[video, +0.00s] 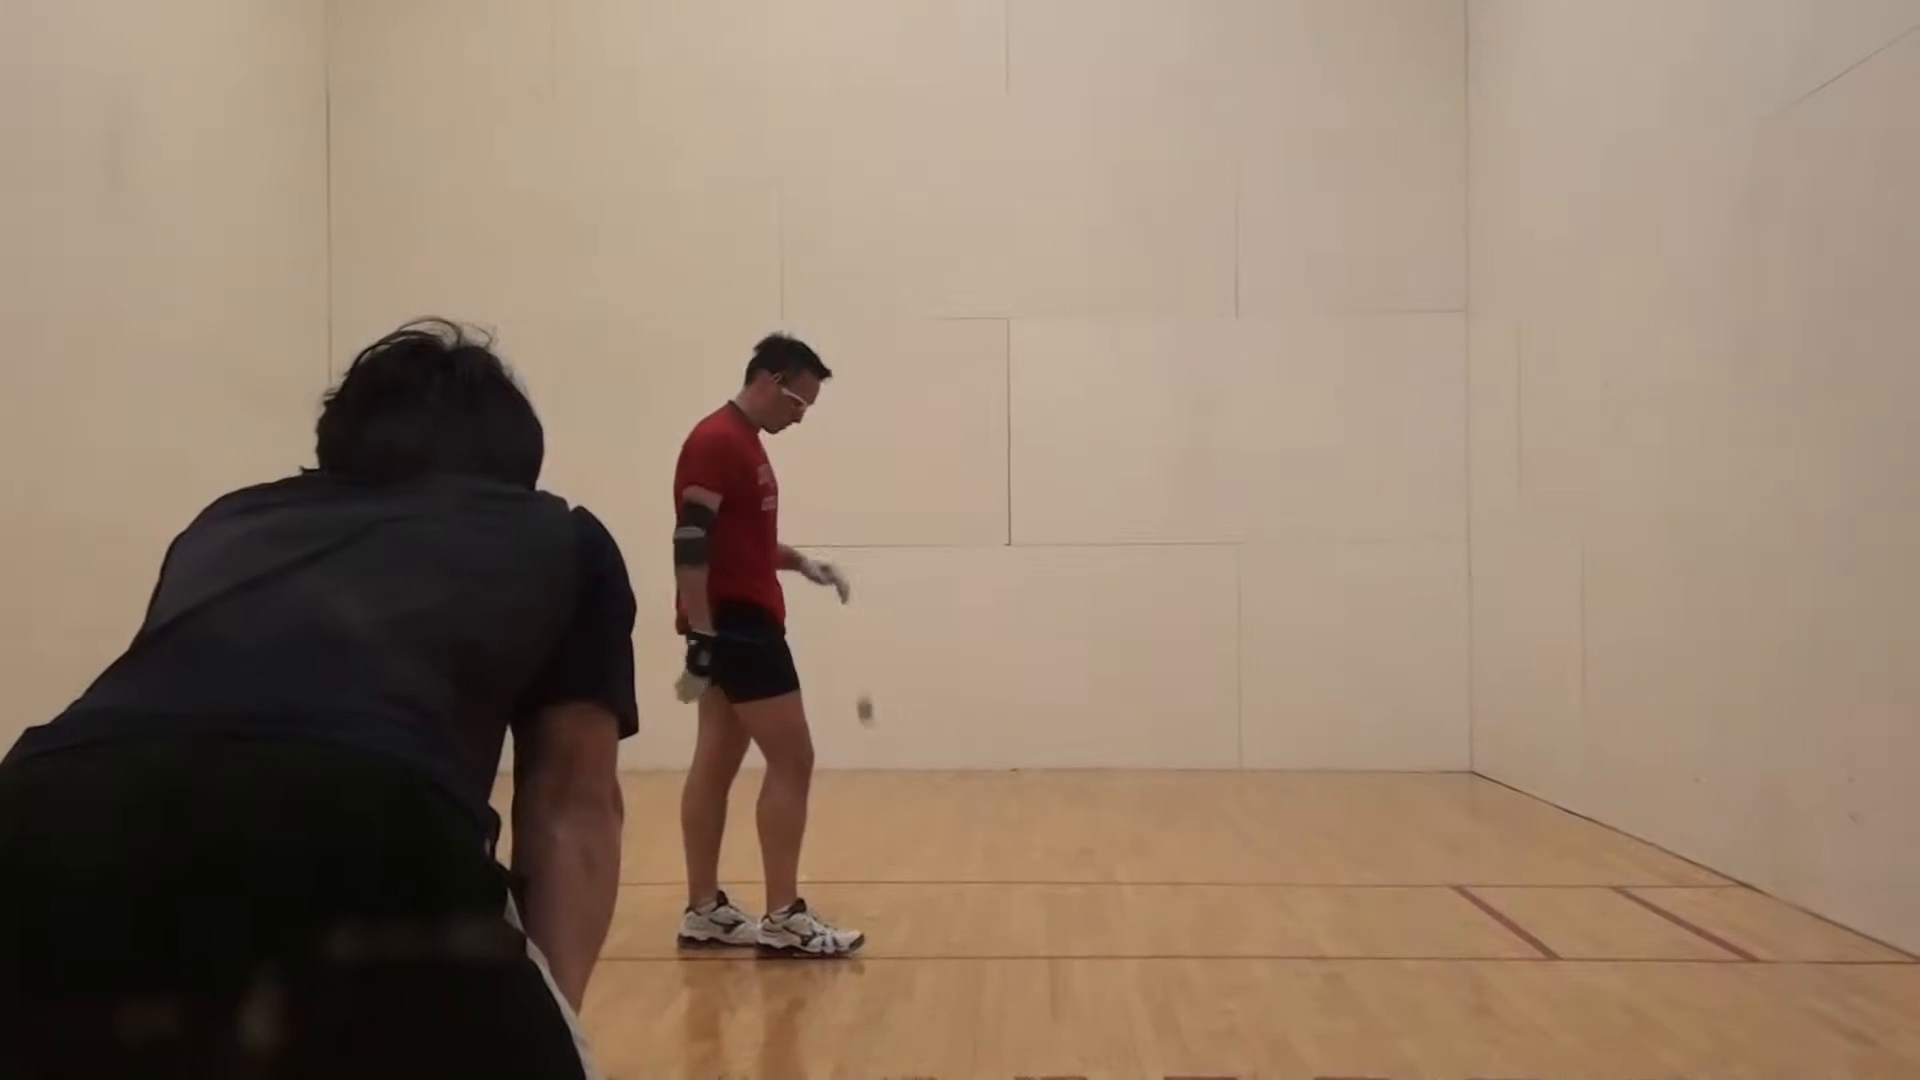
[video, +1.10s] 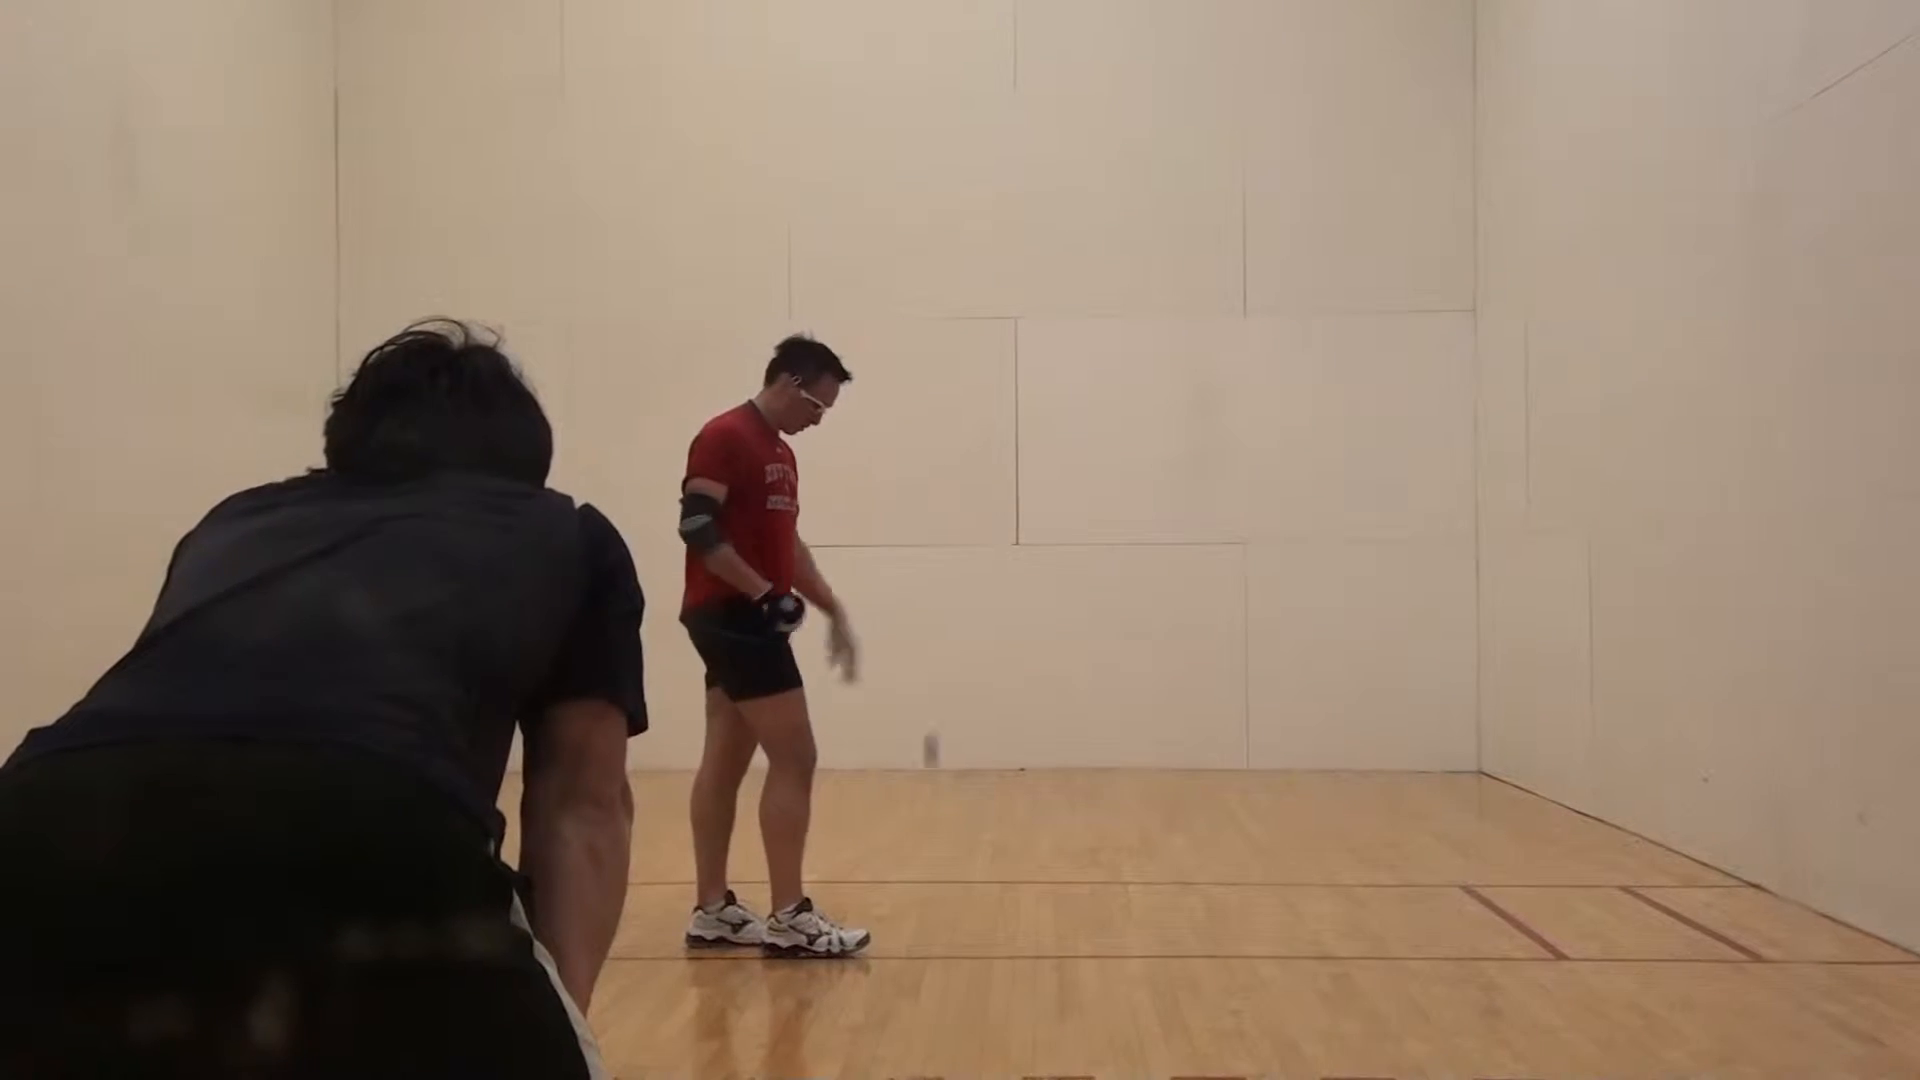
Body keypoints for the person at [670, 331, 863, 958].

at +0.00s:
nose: (801, 413)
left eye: (806, 403)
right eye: (798, 399)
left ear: (772, 388)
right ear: (765, 380)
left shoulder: (744, 442)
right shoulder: (718, 441)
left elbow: (745, 541)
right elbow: (691, 544)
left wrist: (801, 561)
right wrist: (701, 637)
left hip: (733, 623)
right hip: (743, 628)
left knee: (714, 764)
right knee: (791, 759)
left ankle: (704, 908)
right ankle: (784, 914)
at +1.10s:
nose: (819, 417)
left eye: (824, 407)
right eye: (818, 404)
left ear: (796, 391)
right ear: (786, 384)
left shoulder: (778, 450)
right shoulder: (726, 435)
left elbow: (784, 540)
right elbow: (698, 529)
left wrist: (832, 608)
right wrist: (763, 592)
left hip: (747, 616)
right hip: (734, 618)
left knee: (723, 763)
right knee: (793, 757)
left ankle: (712, 908)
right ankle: (789, 914)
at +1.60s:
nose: (833, 419)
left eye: (838, 410)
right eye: (832, 406)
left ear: (802, 389)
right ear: (801, 385)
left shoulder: (758, 435)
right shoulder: (760, 443)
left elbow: (769, 541)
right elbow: (769, 546)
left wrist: (850, 516)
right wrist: (852, 516)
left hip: (725, 617)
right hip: (747, 621)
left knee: (725, 758)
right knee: (795, 758)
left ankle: (715, 907)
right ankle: (792, 914)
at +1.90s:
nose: (840, 420)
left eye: (847, 410)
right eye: (839, 405)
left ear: (810, 388)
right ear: (810, 386)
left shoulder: (769, 437)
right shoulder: (764, 447)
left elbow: (777, 548)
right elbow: (770, 560)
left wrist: (803, 600)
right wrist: (807, 625)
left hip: (732, 614)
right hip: (747, 618)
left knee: (726, 761)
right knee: (797, 762)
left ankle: (716, 908)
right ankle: (793, 915)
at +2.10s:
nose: (844, 419)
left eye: (851, 408)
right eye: (843, 404)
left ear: (816, 389)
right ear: (813, 385)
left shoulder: (782, 440)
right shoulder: (755, 443)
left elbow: (775, 532)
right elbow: (721, 552)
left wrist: (829, 554)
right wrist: (724, 646)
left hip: (745, 622)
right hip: (758, 628)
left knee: (726, 766)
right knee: (796, 762)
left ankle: (716, 908)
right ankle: (793, 915)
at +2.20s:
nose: (841, 419)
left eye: (848, 408)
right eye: (840, 404)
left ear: (813, 389)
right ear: (810, 384)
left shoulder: (784, 441)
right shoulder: (749, 438)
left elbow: (779, 531)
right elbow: (707, 537)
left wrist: (842, 535)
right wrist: (706, 636)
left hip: (745, 626)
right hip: (755, 630)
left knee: (727, 764)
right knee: (793, 765)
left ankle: (716, 909)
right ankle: (794, 915)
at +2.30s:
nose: (834, 420)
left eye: (840, 410)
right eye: (834, 406)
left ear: (813, 391)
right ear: (805, 385)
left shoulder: (785, 445)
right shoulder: (742, 436)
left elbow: (792, 531)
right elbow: (697, 530)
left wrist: (848, 507)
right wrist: (701, 625)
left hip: (748, 623)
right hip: (749, 626)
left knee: (726, 763)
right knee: (792, 763)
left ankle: (717, 909)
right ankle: (793, 915)